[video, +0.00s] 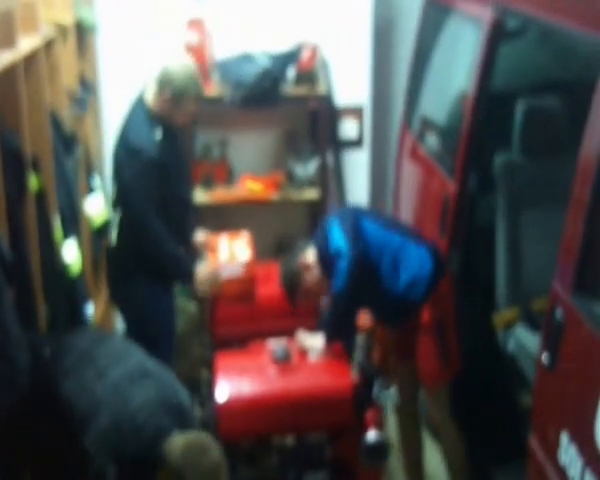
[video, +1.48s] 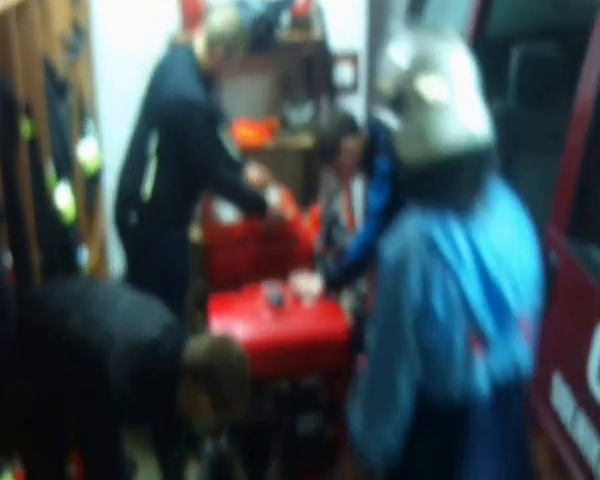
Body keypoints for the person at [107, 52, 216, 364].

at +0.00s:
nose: (191, 116)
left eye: (193, 108)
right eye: (187, 109)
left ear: (168, 98)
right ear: (165, 99)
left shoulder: (165, 126)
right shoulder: (143, 145)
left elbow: (171, 194)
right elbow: (146, 222)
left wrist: (190, 231)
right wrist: (188, 270)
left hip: (157, 260)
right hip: (140, 269)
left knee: (158, 357)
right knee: (154, 361)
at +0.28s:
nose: (178, 100)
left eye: (180, 92)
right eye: (175, 91)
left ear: (156, 82)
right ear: (155, 82)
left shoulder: (155, 115)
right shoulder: (131, 131)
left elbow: (167, 182)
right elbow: (141, 208)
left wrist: (190, 220)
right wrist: (186, 254)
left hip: (152, 248)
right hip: (134, 255)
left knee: (159, 343)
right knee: (153, 347)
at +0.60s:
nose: (177, 81)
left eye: (180, 73)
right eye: (174, 72)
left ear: (161, 68)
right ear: (155, 67)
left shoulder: (157, 103)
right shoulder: (132, 119)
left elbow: (169, 168)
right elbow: (147, 196)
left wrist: (202, 183)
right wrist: (206, 218)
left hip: (156, 241)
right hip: (140, 249)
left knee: (157, 336)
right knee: (163, 340)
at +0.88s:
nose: (194, 77)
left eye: (196, 69)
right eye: (192, 69)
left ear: (175, 59)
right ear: (172, 59)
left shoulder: (159, 90)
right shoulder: (152, 108)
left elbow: (190, 137)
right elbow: (181, 178)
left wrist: (230, 165)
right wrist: (241, 200)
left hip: (159, 230)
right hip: (153, 240)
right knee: (165, 330)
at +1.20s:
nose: (225, 78)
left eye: (229, 70)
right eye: (224, 69)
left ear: (203, 54)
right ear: (205, 59)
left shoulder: (180, 77)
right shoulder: (181, 105)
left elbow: (215, 141)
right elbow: (213, 175)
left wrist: (250, 173)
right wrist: (264, 204)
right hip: (150, 230)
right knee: (161, 322)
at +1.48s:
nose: (236, 67)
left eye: (238, 58)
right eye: (235, 58)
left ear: (211, 43)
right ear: (220, 52)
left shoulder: (183, 65)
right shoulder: (186, 94)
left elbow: (207, 138)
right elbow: (210, 170)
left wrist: (241, 169)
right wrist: (261, 206)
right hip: (154, 215)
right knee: (166, 305)